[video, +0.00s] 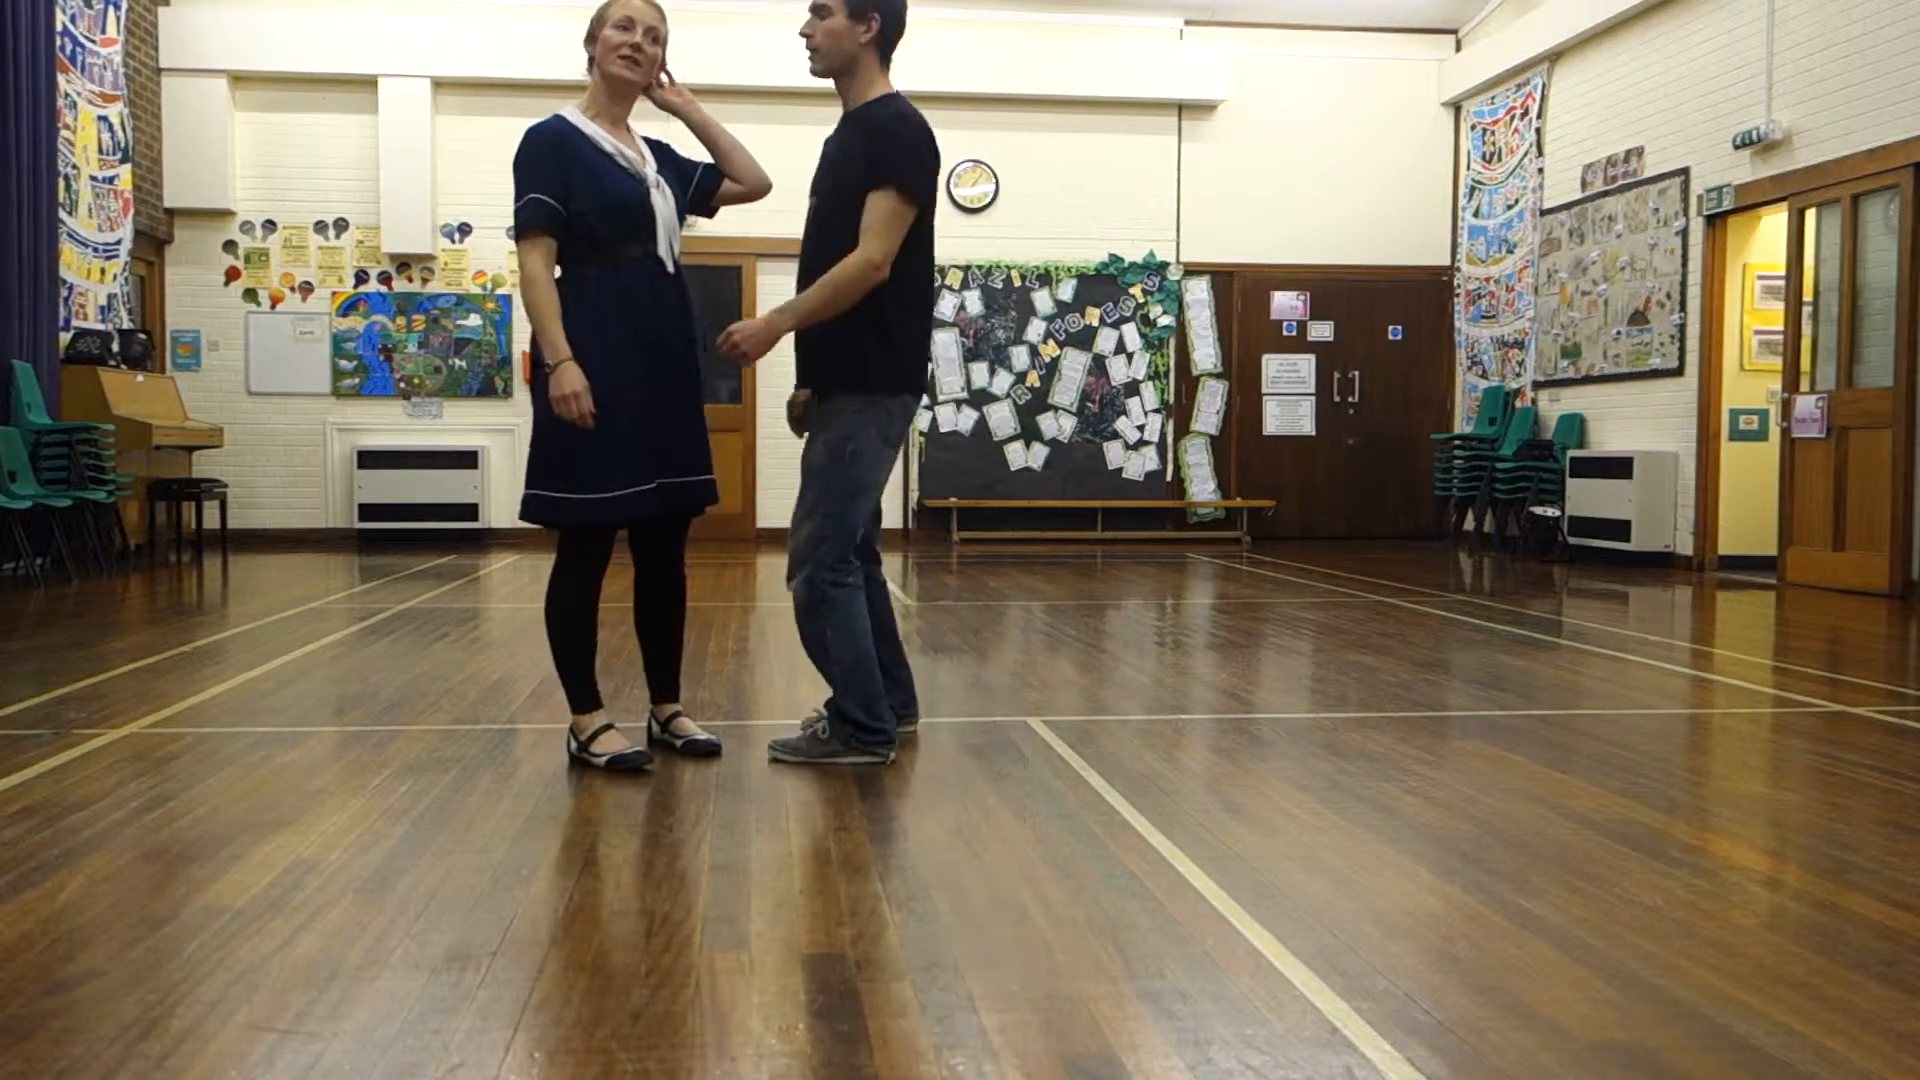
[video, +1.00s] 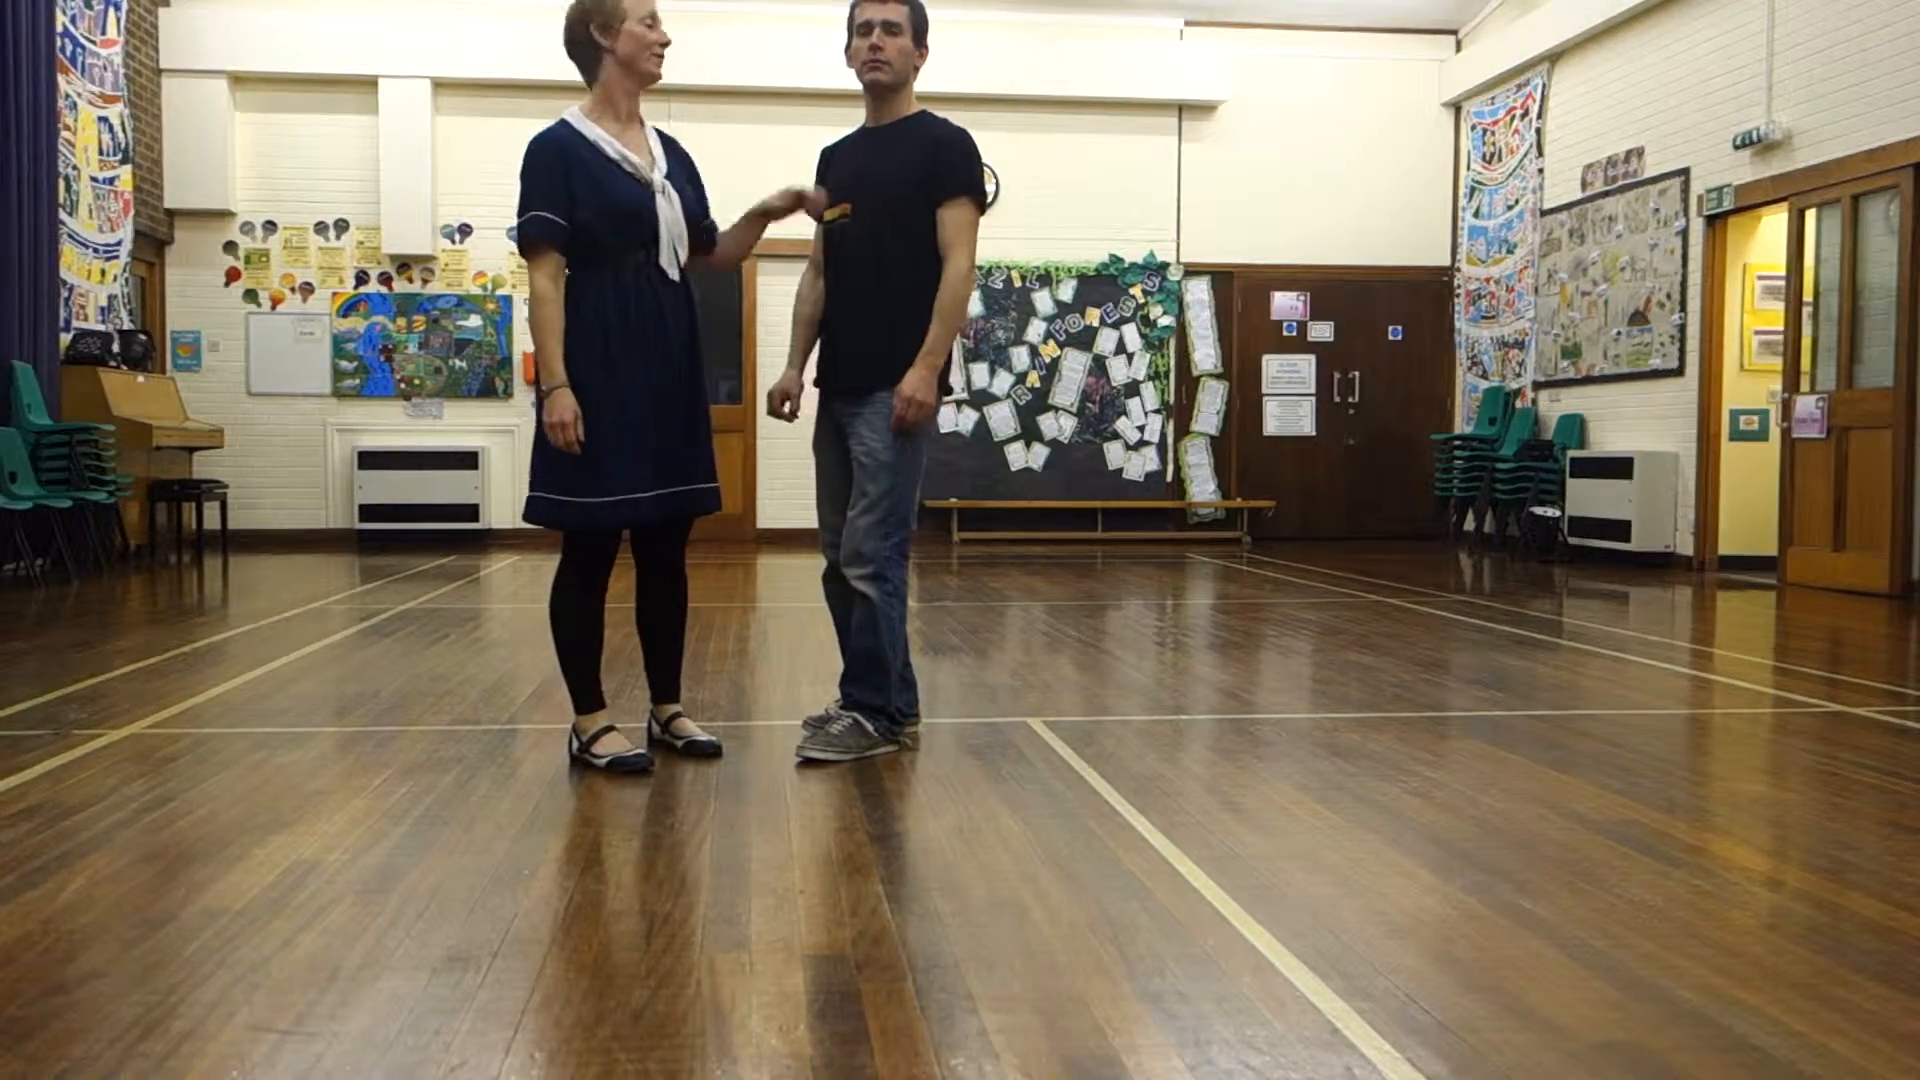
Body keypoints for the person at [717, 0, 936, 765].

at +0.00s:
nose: (806, 28)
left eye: (822, 15)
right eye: (809, 14)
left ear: (867, 29)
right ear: (852, 33)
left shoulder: (896, 129)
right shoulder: (851, 131)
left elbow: (873, 261)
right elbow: (840, 264)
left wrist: (774, 323)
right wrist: (814, 375)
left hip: (874, 380)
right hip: (845, 378)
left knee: (820, 559)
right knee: (847, 550)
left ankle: (862, 724)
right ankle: (888, 702)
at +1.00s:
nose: (873, 43)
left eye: (890, 31)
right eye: (862, 31)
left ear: (920, 51)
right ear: (848, 50)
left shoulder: (947, 145)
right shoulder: (836, 159)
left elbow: (961, 265)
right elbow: (819, 271)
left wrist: (928, 368)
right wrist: (796, 366)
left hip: (899, 384)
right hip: (840, 383)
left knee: (867, 557)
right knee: (845, 558)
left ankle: (872, 712)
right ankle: (885, 706)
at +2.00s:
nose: (822, 40)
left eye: (837, 26)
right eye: (823, 27)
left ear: (886, 39)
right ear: (861, 41)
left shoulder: (918, 135)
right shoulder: (856, 145)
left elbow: (923, 260)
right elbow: (838, 269)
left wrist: (867, 360)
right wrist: (791, 356)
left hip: (888, 379)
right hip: (849, 376)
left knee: (856, 553)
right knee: (841, 551)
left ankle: (886, 718)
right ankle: (873, 706)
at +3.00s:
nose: (813, 29)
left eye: (825, 14)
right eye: (816, 15)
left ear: (863, 21)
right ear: (869, 24)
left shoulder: (884, 113)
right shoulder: (885, 114)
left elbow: (861, 250)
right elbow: (872, 253)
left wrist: (794, 350)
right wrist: (810, 356)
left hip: (875, 371)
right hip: (871, 370)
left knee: (854, 551)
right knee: (848, 548)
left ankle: (883, 721)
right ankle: (869, 708)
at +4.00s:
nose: (819, 33)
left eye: (829, 18)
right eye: (822, 19)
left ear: (868, 22)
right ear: (879, 28)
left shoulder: (884, 107)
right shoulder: (908, 110)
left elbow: (854, 240)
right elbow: (864, 248)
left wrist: (751, 290)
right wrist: (765, 282)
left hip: (888, 367)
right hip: (899, 363)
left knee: (858, 550)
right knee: (865, 547)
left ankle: (882, 719)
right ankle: (875, 710)